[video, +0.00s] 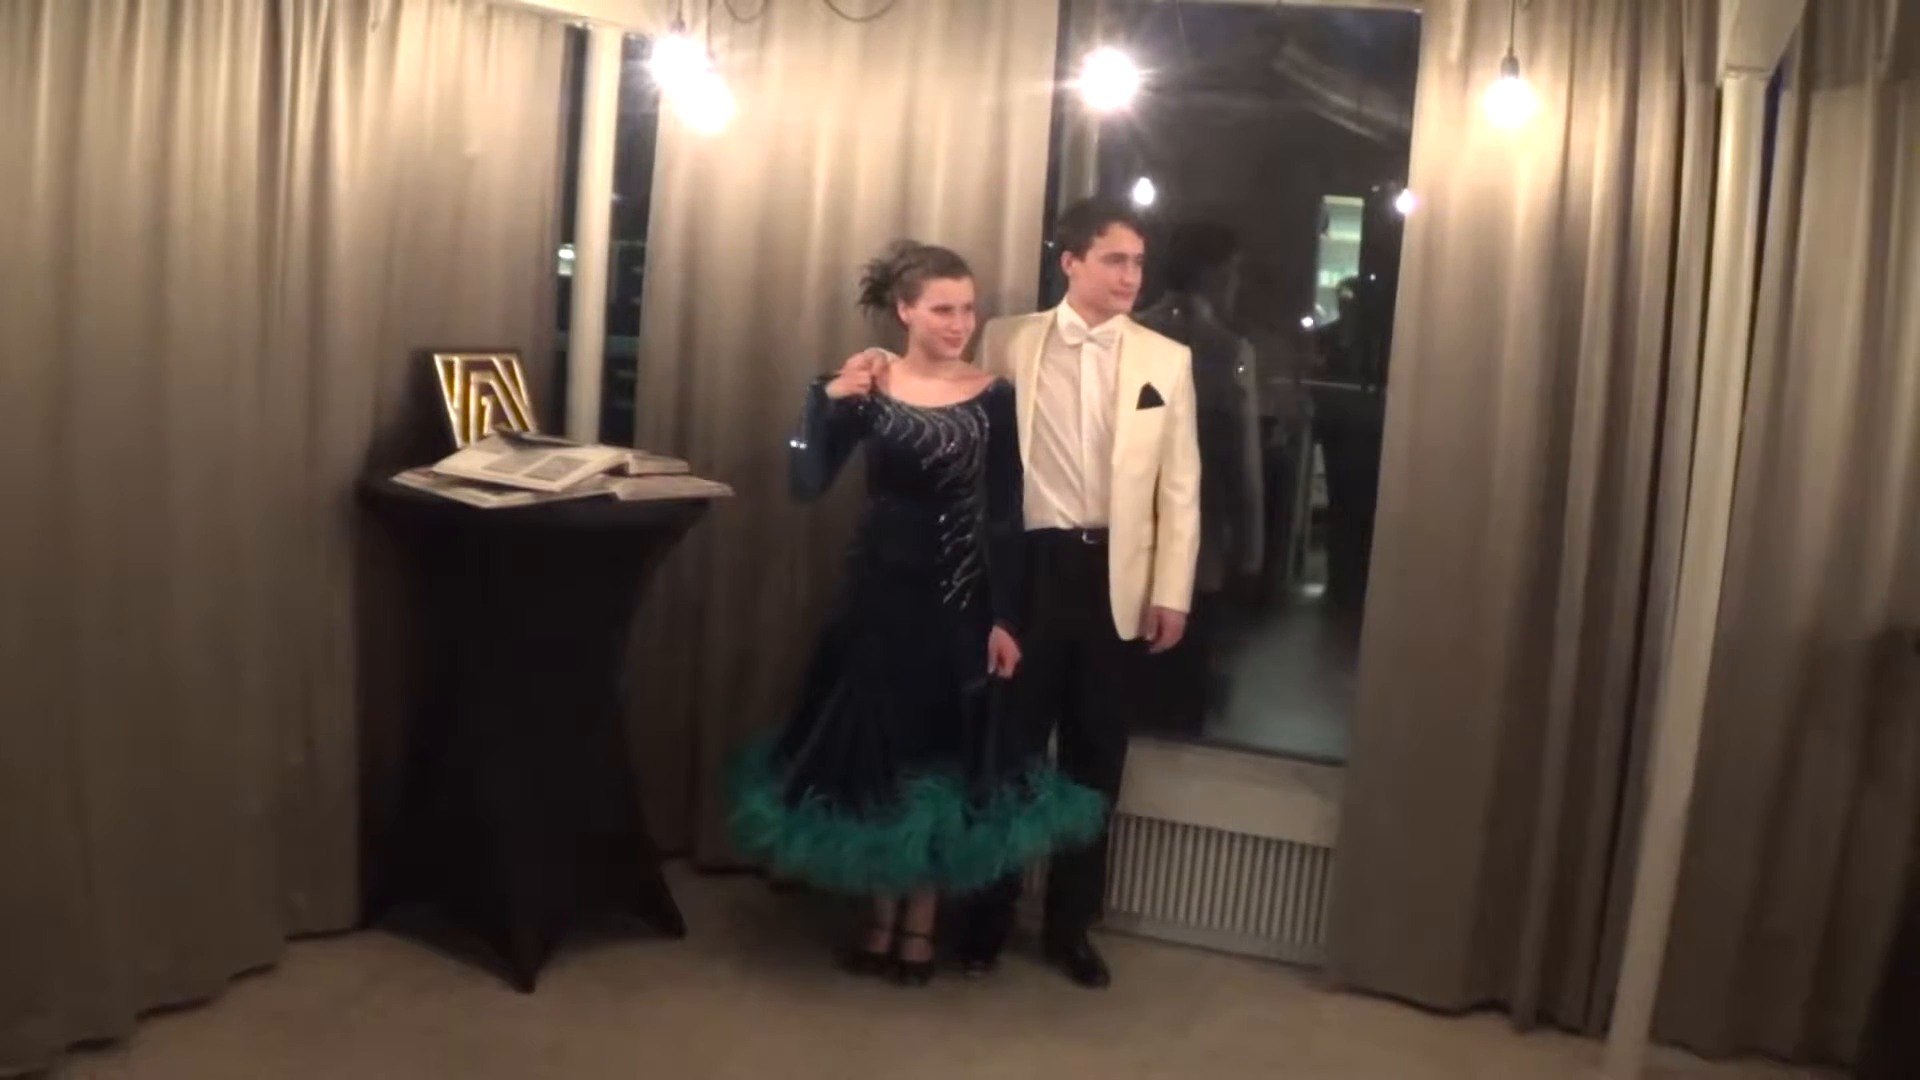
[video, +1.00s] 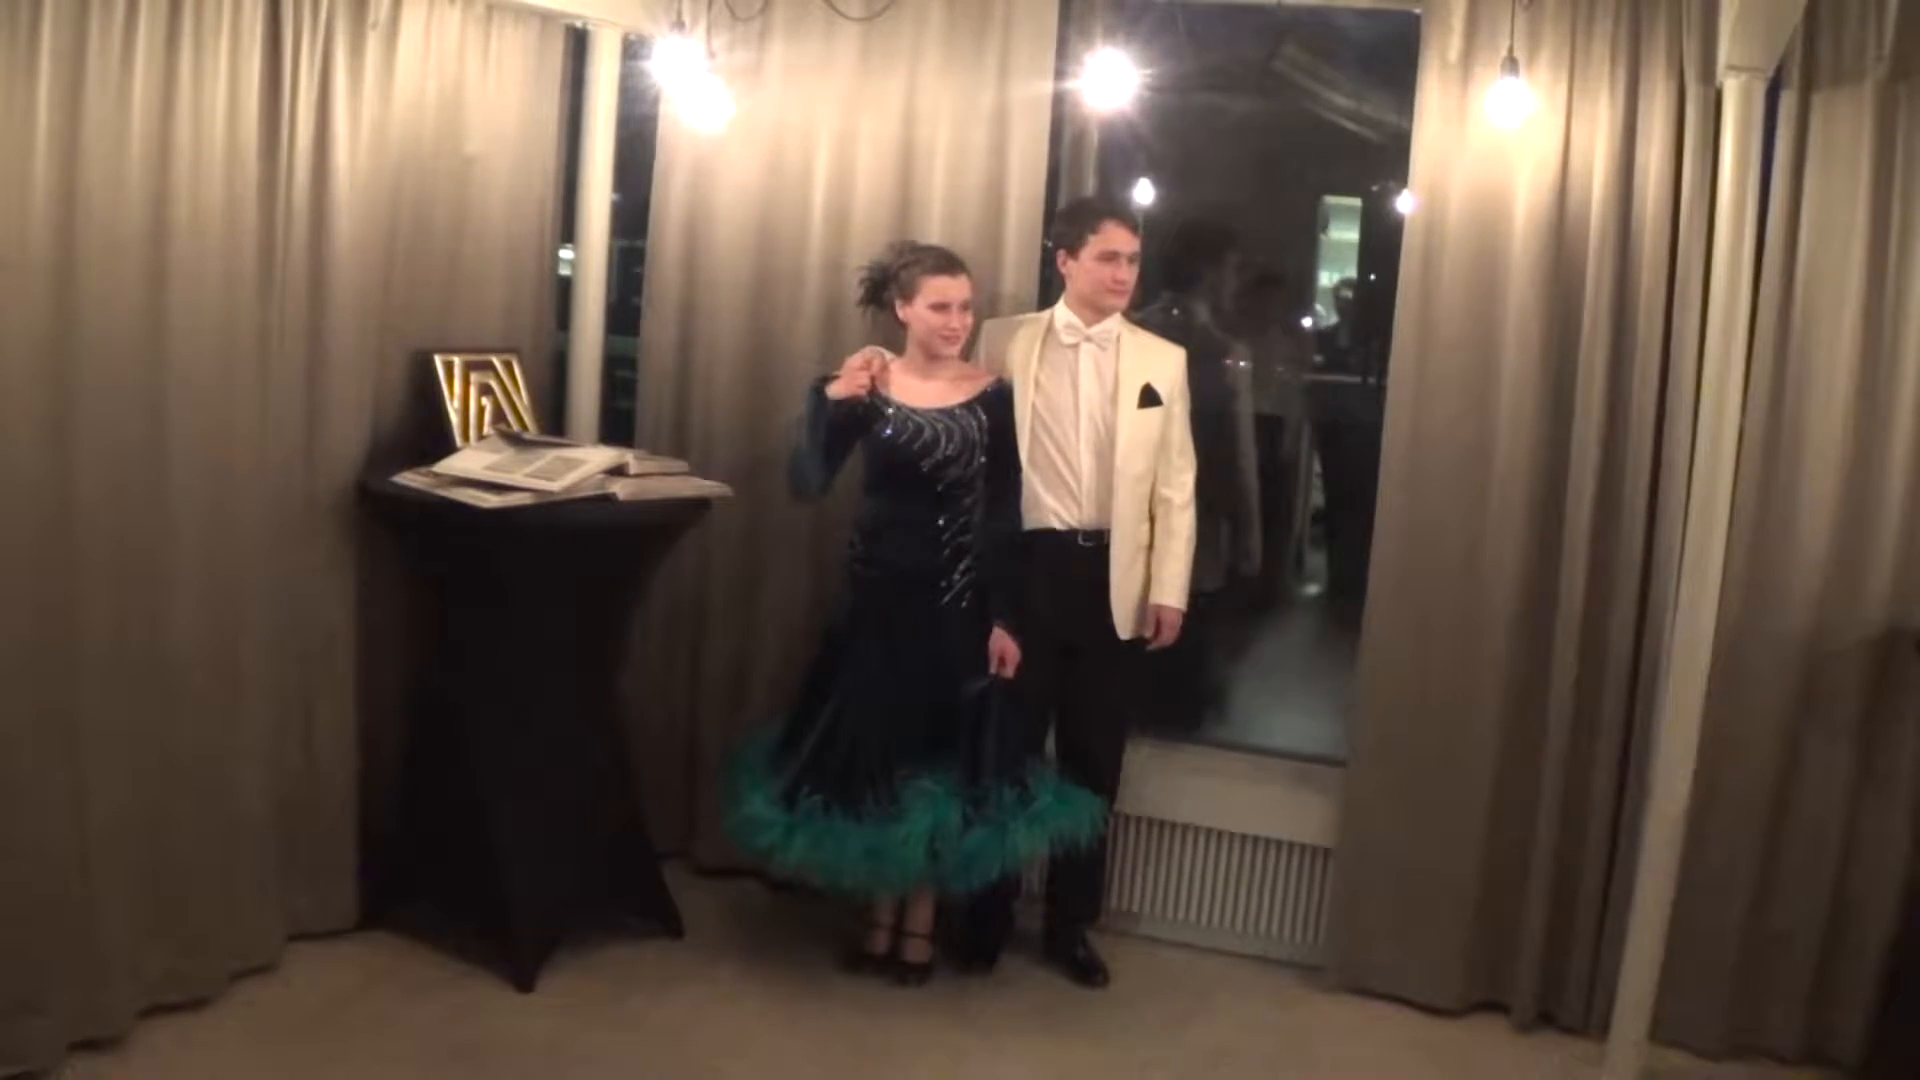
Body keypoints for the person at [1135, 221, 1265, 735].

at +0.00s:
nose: (1238, 283)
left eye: (1237, 272)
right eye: (1233, 272)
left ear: (1175, 266)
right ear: (1217, 273)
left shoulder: (1137, 332)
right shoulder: (1228, 348)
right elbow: (1241, 455)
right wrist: (1249, 548)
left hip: (1133, 497)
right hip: (1197, 513)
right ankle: (1185, 703)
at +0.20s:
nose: (1238, 283)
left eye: (1239, 271)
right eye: (1233, 271)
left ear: (1176, 265)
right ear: (1218, 273)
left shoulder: (1137, 330)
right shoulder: (1224, 349)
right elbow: (1240, 456)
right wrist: (1251, 545)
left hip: (1133, 495)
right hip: (1196, 512)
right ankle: (1186, 701)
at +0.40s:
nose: (1239, 281)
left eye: (1240, 270)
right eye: (1233, 270)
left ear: (1176, 266)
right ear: (1214, 272)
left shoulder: (1135, 333)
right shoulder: (1229, 350)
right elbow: (1243, 457)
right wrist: (1251, 549)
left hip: (1133, 508)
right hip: (1200, 523)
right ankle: (1187, 704)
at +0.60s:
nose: (1240, 281)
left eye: (1240, 270)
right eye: (1232, 269)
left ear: (1177, 266)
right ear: (1211, 271)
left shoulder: (1137, 331)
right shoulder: (1227, 348)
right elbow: (1241, 454)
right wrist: (1251, 548)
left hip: (1135, 501)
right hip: (1197, 516)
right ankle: (1189, 703)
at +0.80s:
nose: (1240, 281)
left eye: (1240, 270)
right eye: (1233, 269)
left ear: (1177, 265)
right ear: (1213, 271)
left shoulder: (1136, 332)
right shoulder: (1225, 350)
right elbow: (1240, 456)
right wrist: (1250, 549)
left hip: (1133, 504)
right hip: (1197, 520)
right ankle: (1190, 702)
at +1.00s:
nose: (1237, 280)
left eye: (1238, 268)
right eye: (1231, 268)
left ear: (1170, 263)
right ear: (1212, 271)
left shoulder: (1135, 330)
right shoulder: (1213, 347)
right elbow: (1232, 457)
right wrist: (1248, 545)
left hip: (1135, 496)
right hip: (1190, 513)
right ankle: (1181, 698)